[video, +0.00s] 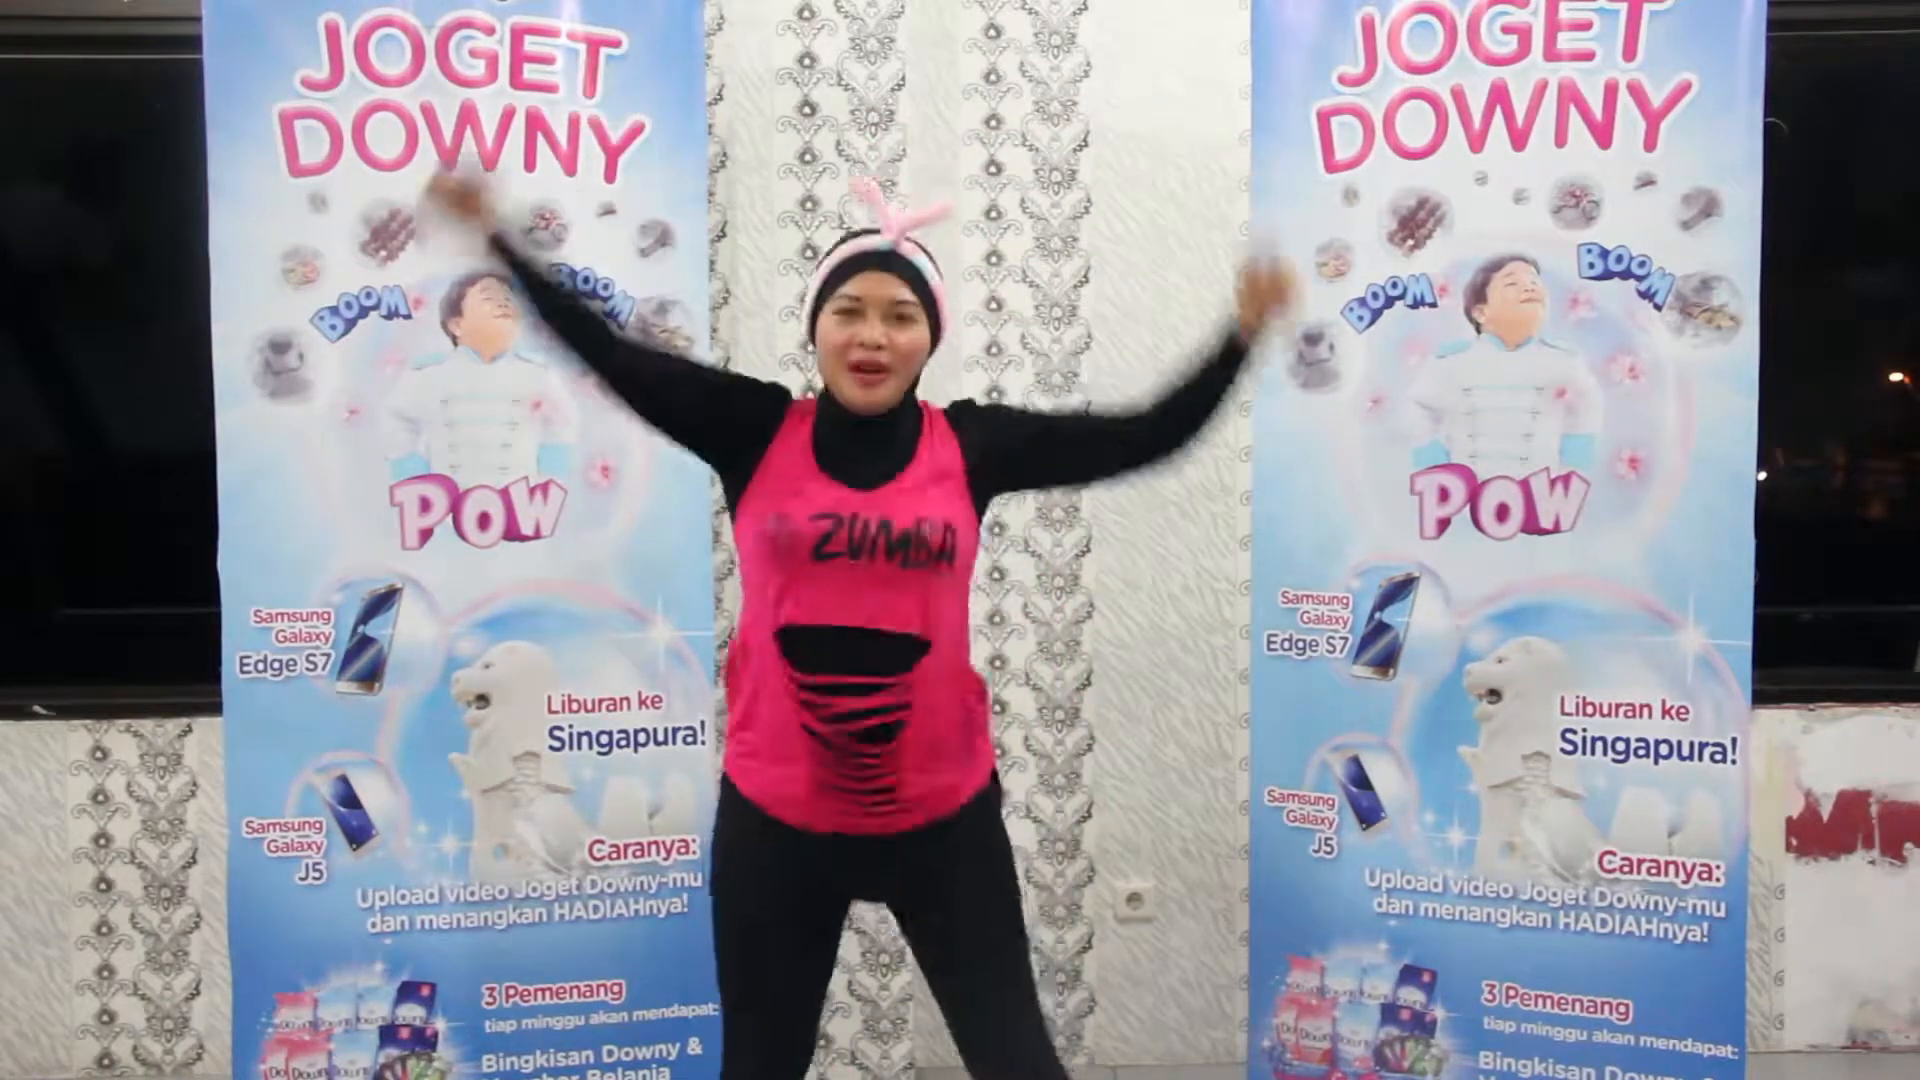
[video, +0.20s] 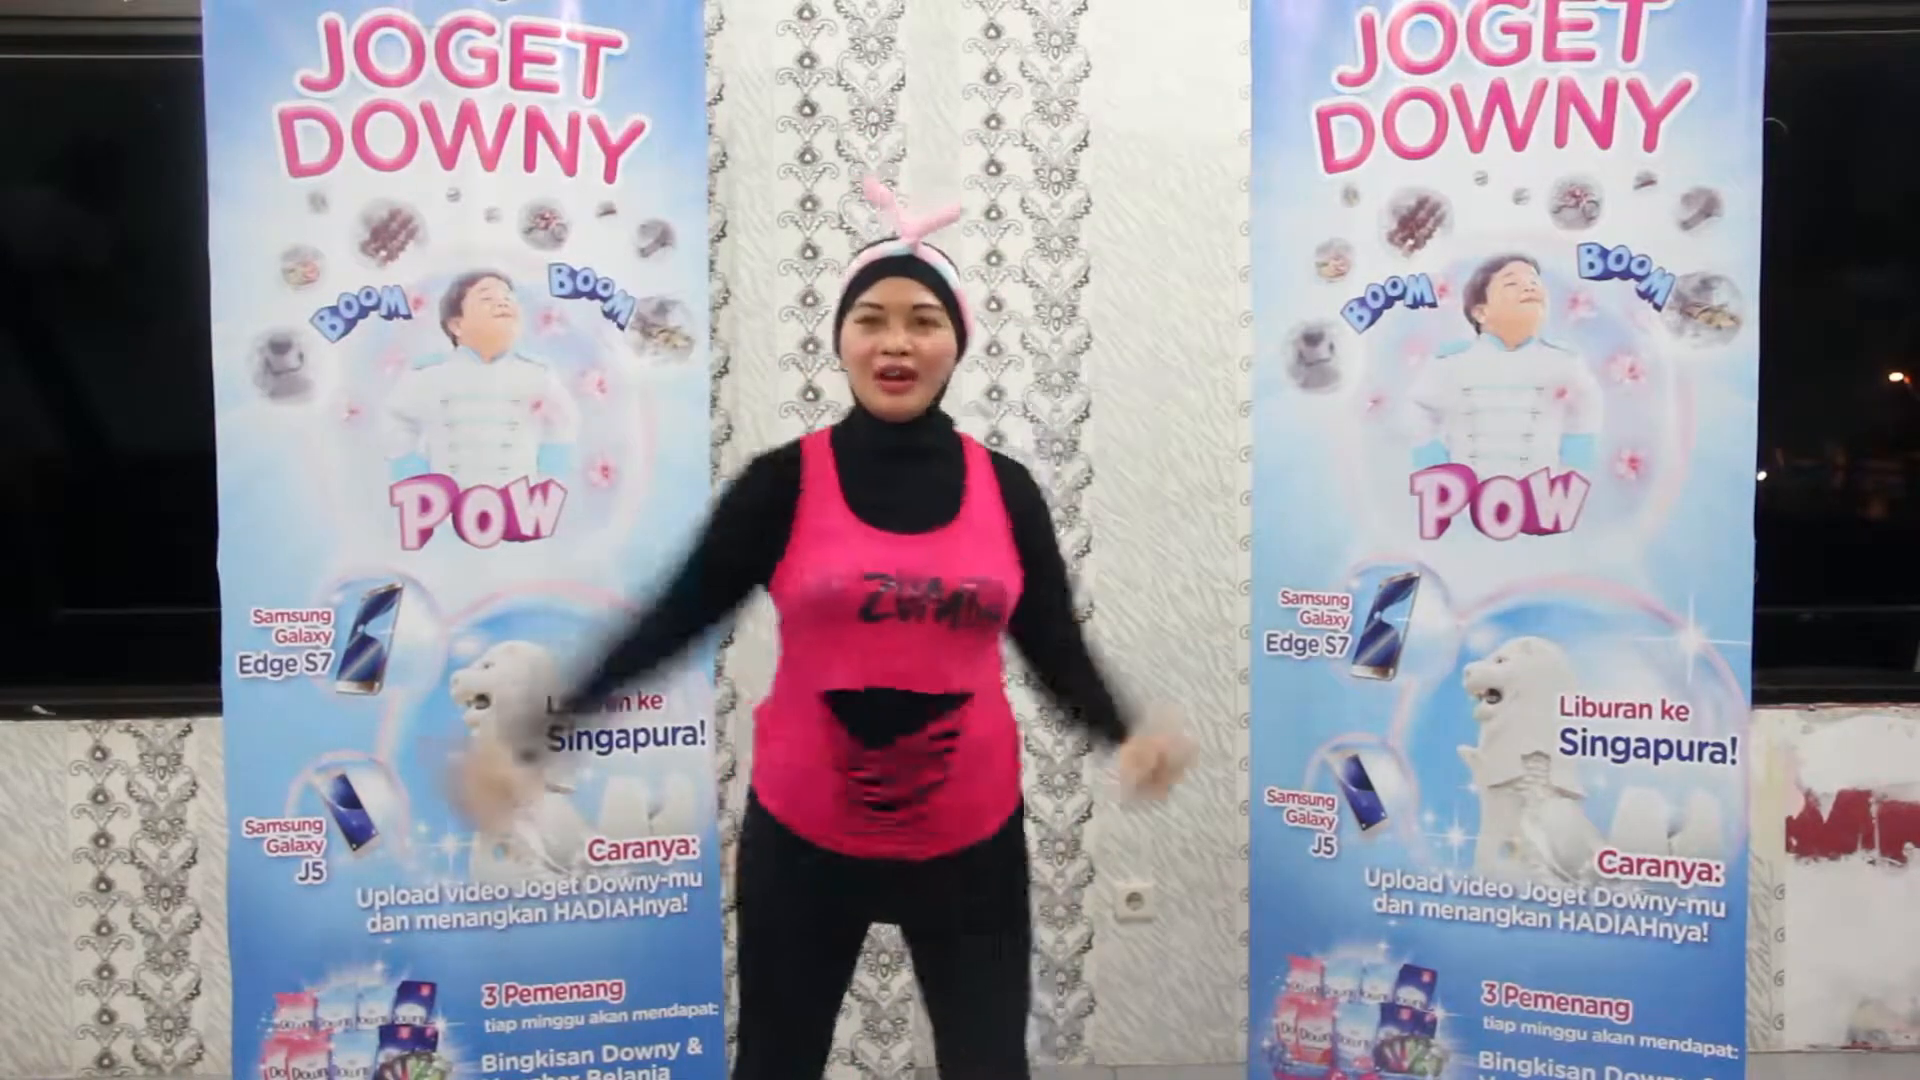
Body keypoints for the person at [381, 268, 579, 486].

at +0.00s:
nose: (503, 305)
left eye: (508, 298)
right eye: (486, 298)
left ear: (518, 317)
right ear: (455, 324)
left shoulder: (537, 377)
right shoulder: (424, 381)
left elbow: (559, 430)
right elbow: (394, 424)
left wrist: (547, 485)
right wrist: (412, 480)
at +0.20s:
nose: (502, 303)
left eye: (508, 296)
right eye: (485, 298)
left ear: (518, 315)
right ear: (455, 324)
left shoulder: (536, 376)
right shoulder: (423, 379)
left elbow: (560, 429)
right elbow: (393, 426)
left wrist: (546, 487)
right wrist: (412, 484)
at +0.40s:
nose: (502, 303)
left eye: (508, 296)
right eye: (485, 297)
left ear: (518, 315)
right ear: (455, 324)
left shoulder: (536, 376)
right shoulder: (423, 379)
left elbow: (560, 427)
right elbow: (393, 426)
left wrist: (547, 485)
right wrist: (412, 483)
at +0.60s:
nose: (503, 301)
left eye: (508, 296)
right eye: (485, 297)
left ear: (518, 314)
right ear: (455, 324)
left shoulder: (539, 376)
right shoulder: (423, 377)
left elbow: (561, 432)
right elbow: (394, 425)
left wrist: (545, 492)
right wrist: (414, 487)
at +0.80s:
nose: (503, 301)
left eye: (508, 296)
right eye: (485, 297)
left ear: (518, 314)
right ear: (455, 324)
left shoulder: (539, 376)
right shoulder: (423, 377)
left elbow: (561, 432)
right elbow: (394, 425)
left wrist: (545, 491)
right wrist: (413, 486)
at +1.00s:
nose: (503, 301)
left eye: (508, 296)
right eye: (485, 297)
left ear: (518, 314)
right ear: (455, 324)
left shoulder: (539, 376)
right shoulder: (423, 377)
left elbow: (561, 431)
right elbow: (394, 425)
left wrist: (545, 491)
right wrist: (414, 486)